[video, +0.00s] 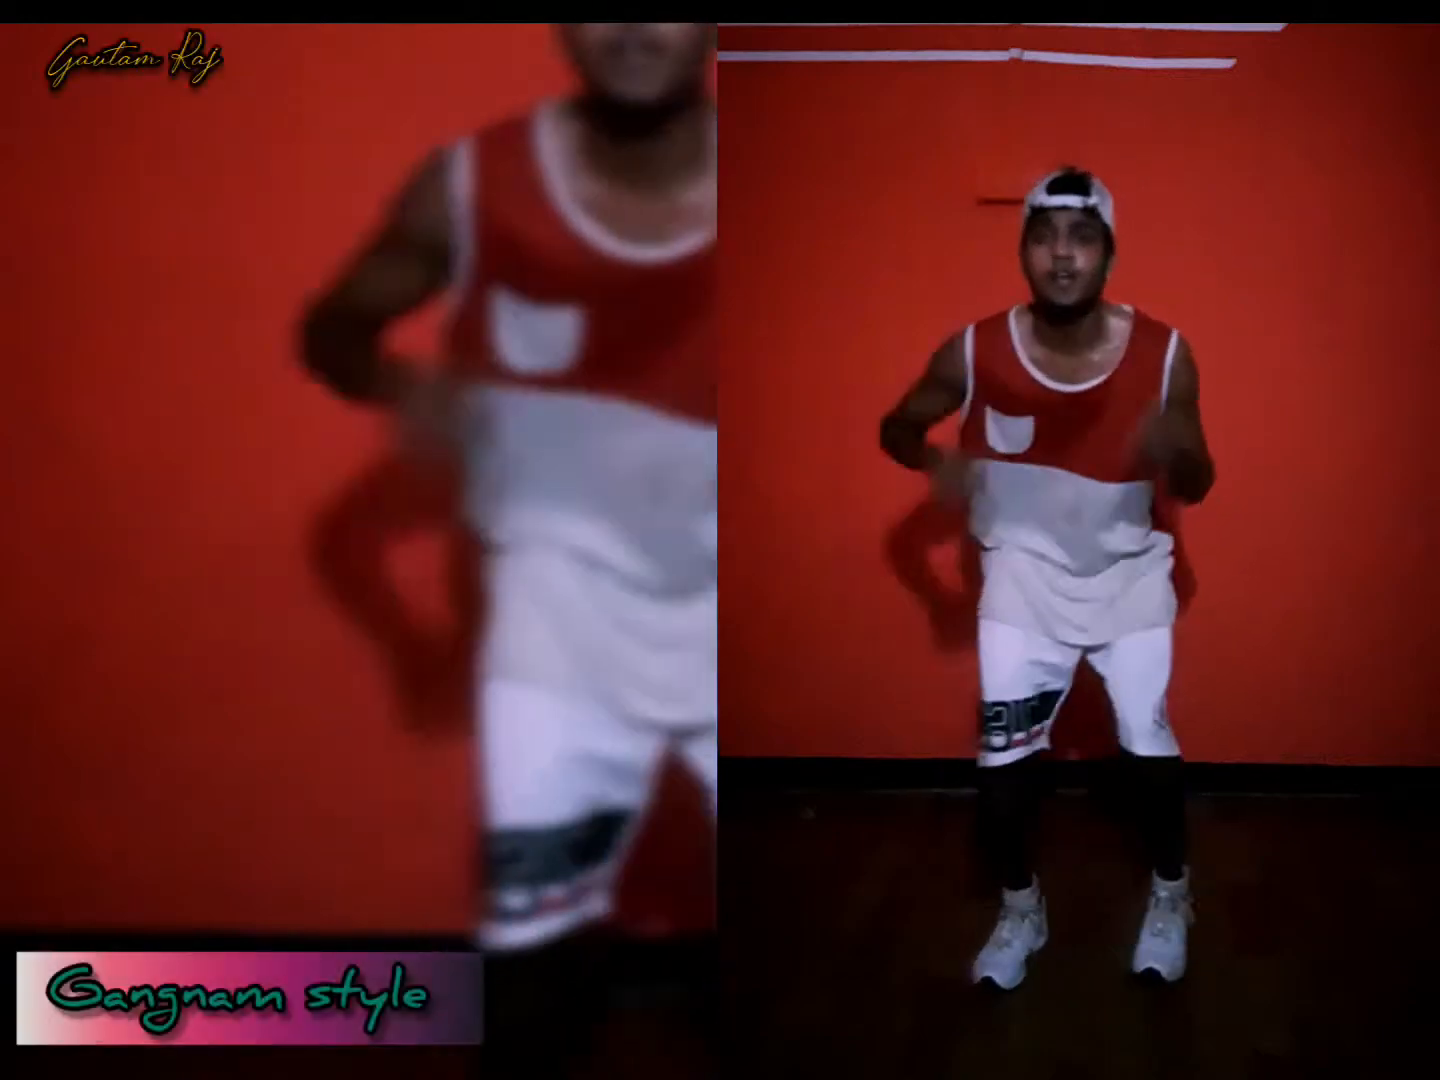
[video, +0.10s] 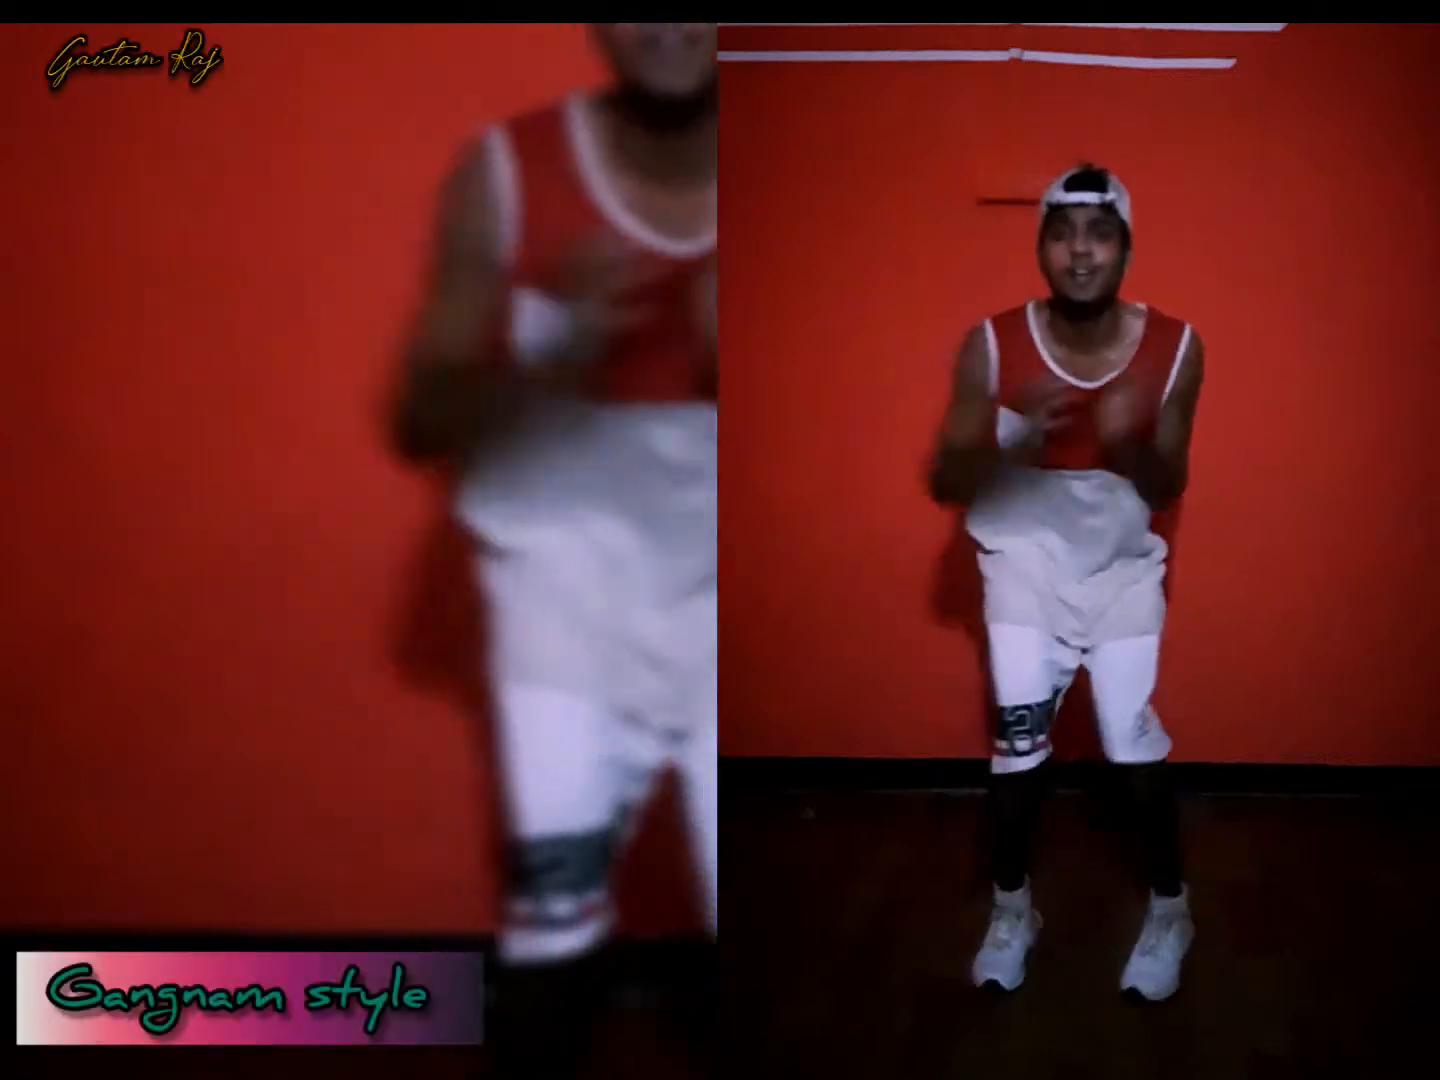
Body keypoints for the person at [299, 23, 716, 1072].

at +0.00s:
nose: (636, 28)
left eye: (665, 8)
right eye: (607, 9)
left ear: (713, 28)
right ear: (565, 28)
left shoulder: (770, 185)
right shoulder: (482, 180)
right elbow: (331, 333)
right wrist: (411, 391)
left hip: (740, 609)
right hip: (560, 613)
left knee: (794, 930)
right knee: (533, 959)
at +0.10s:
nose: (668, 23)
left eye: (691, 5)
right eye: (640, 7)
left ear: (730, 27)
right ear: (599, 27)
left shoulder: (774, 172)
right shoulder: (515, 170)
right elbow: (430, 414)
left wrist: (731, 333)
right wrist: (561, 332)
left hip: (736, 611)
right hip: (565, 610)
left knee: (744, 931)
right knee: (557, 928)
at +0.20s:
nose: (684, 48)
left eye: (706, 24)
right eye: (657, 25)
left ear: (746, 46)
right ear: (617, 44)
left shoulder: (786, 217)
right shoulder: (545, 227)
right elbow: (553, 478)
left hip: (730, 608)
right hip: (572, 598)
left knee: (708, 962)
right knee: (569, 943)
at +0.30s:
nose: (694, 82)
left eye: (718, 50)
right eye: (660, 52)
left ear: (758, 74)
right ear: (620, 79)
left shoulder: (801, 239)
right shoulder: (562, 264)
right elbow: (631, 521)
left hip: (747, 577)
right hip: (589, 585)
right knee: (546, 896)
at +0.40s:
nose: (708, 85)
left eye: (729, 53)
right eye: (677, 55)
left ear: (762, 74)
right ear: (640, 81)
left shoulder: (819, 224)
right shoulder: (595, 267)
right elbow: (630, 567)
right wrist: (688, 829)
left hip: (733, 590)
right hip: (594, 597)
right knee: (478, 891)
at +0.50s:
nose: (747, 95)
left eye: (765, 67)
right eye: (727, 64)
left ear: (826, 92)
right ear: (693, 80)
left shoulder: (858, 244)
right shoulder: (610, 255)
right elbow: (494, 507)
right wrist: (657, 738)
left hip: (781, 626)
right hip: (601, 631)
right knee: (410, 891)